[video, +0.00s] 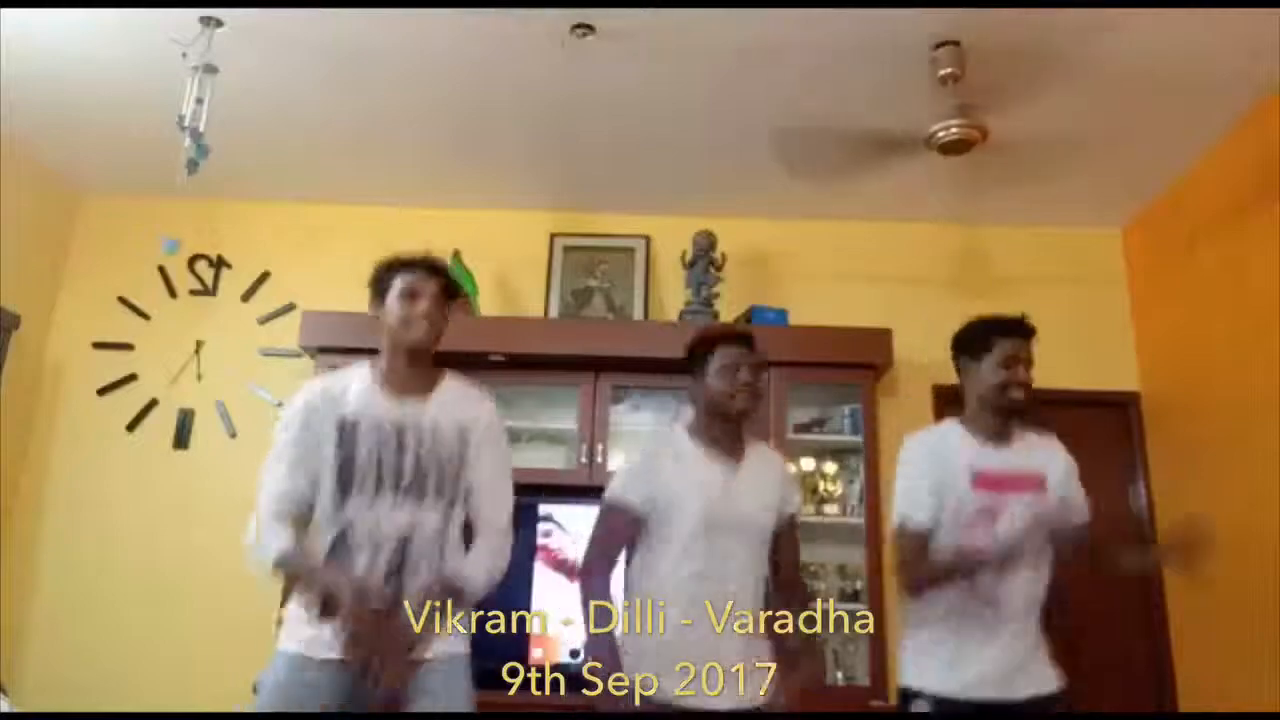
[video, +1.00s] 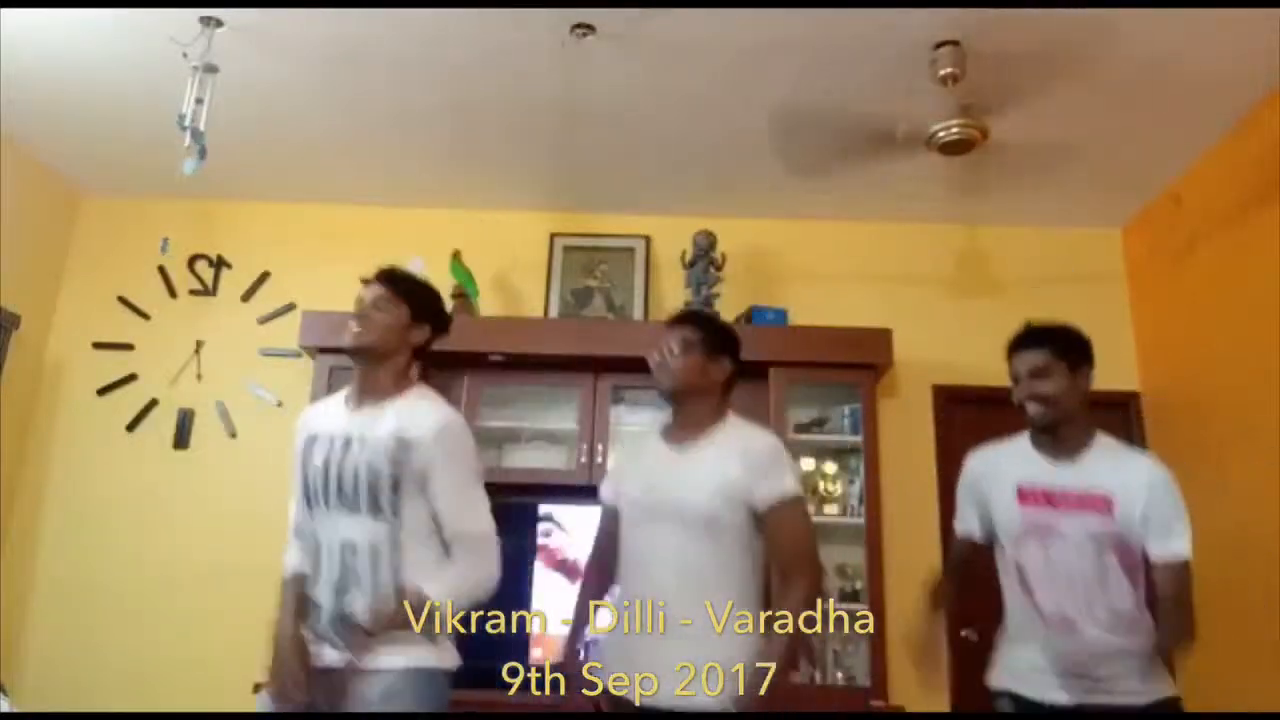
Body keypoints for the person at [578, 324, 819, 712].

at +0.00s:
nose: (746, 379)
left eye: (754, 370)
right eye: (730, 369)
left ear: (763, 381)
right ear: (696, 382)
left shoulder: (774, 472)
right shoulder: (656, 463)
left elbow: (787, 585)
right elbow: (595, 566)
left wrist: (792, 673)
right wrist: (604, 660)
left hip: (744, 691)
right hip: (655, 686)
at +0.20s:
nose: (770, 343)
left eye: (774, 335)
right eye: (754, 331)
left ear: (777, 347)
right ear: (711, 341)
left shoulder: (780, 426)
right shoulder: (670, 404)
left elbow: (794, 536)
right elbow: (627, 501)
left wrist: (873, 600)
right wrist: (587, 563)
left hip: (797, 629)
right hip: (705, 627)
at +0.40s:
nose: (797, 425)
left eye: (802, 414)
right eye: (785, 410)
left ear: (803, 420)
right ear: (737, 409)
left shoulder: (796, 500)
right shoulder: (686, 477)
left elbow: (829, 620)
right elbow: (646, 595)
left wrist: (905, 690)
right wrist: (561, 658)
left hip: (825, 694)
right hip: (736, 688)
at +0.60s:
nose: (783, 334)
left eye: (794, 327)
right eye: (769, 323)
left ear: (804, 345)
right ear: (739, 334)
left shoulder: (814, 420)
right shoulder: (692, 403)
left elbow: (836, 543)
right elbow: (640, 506)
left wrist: (922, 630)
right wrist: (624, 571)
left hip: (800, 655)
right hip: (698, 648)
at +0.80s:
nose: (729, 354)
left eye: (740, 343)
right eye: (715, 343)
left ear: (761, 358)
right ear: (698, 360)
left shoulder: (807, 454)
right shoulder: (664, 454)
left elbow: (831, 579)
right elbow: (614, 579)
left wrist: (835, 678)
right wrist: (625, 680)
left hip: (779, 688)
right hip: (677, 688)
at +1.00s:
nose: (662, 359)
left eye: (681, 350)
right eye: (661, 350)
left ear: (721, 368)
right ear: (653, 360)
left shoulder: (757, 451)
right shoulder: (632, 455)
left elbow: (800, 575)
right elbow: (602, 563)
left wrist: (772, 676)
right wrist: (572, 648)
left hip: (721, 690)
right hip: (628, 683)